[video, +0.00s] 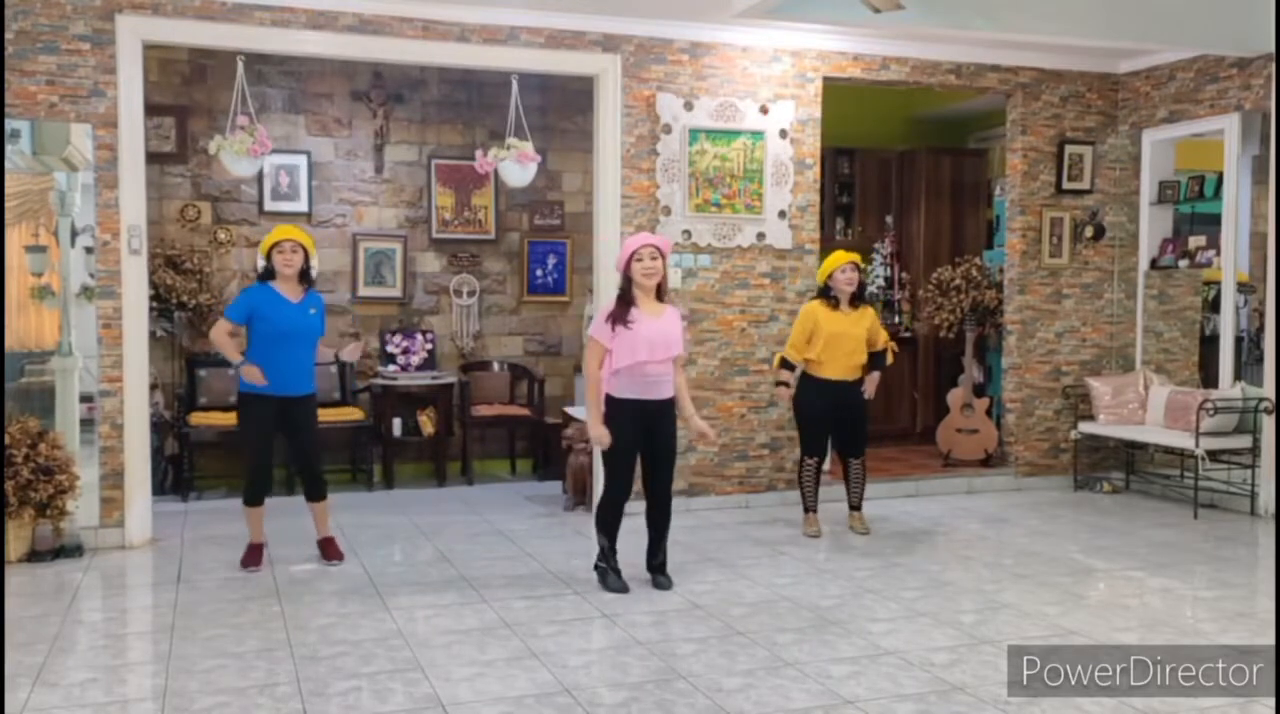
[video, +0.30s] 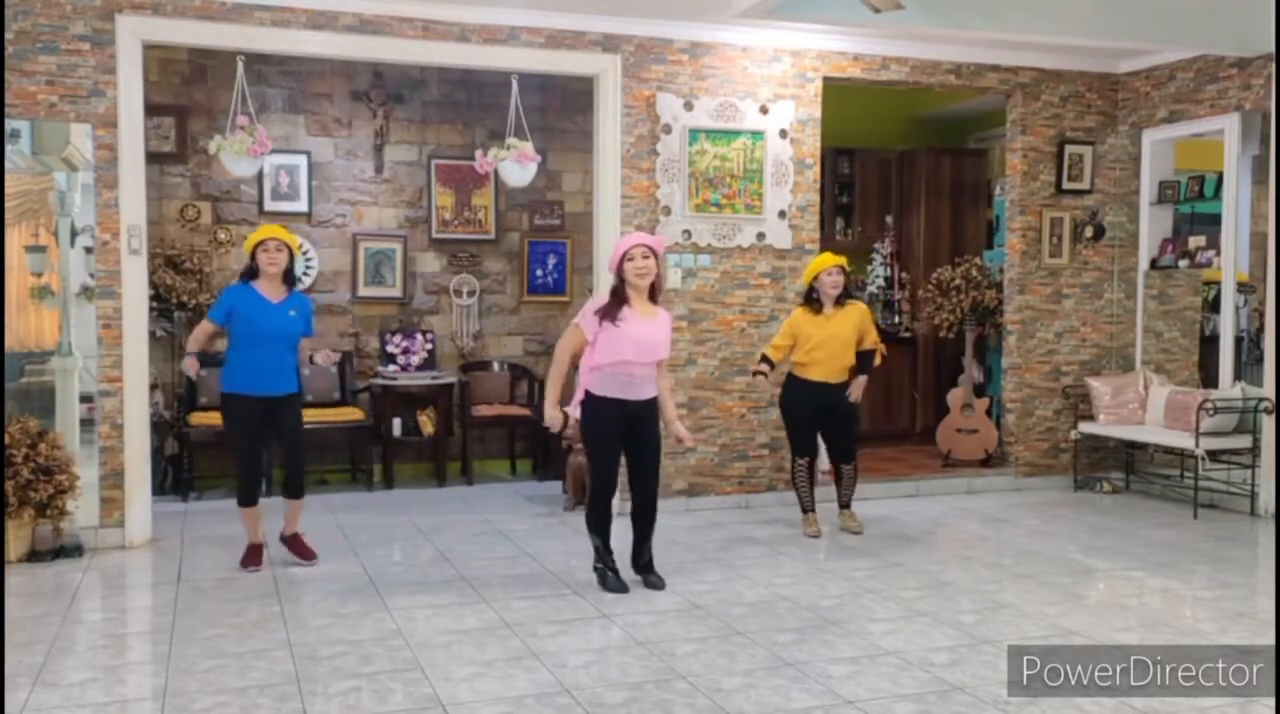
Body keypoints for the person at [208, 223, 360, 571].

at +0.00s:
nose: (288, 257)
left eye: (295, 251)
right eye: (281, 251)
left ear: (305, 259)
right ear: (271, 258)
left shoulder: (314, 301)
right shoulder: (255, 295)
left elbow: (313, 350)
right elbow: (218, 332)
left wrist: (340, 354)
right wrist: (242, 363)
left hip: (301, 397)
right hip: (258, 397)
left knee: (311, 466)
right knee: (258, 469)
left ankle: (325, 536)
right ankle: (256, 541)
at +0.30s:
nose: (272, 255)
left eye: (279, 249)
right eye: (265, 249)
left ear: (290, 258)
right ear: (254, 257)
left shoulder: (301, 303)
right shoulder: (236, 295)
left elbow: (303, 350)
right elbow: (204, 330)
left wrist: (317, 355)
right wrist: (191, 353)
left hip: (286, 397)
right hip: (242, 396)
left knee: (296, 462)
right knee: (249, 467)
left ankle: (291, 533)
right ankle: (255, 541)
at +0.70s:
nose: (265, 256)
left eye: (272, 251)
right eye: (258, 251)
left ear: (283, 259)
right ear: (247, 258)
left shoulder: (298, 302)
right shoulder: (230, 300)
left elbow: (306, 347)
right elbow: (214, 344)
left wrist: (317, 350)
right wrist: (189, 339)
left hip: (284, 397)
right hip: (239, 397)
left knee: (294, 465)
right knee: (246, 468)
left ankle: (285, 528)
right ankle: (255, 541)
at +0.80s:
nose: (267, 256)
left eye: (274, 251)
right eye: (260, 250)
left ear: (284, 259)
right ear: (249, 258)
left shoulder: (301, 301)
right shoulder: (232, 300)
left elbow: (310, 348)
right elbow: (219, 347)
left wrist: (317, 350)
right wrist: (192, 335)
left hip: (286, 397)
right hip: (241, 397)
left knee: (301, 464)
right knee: (246, 469)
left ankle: (302, 527)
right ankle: (255, 541)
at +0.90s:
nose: (271, 255)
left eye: (278, 250)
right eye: (264, 249)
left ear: (288, 258)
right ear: (253, 257)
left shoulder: (307, 298)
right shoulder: (236, 300)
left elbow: (318, 345)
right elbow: (226, 348)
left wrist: (312, 350)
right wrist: (198, 332)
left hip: (290, 397)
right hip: (246, 396)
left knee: (305, 465)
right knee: (249, 470)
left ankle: (324, 533)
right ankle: (255, 542)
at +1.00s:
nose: (276, 257)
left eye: (283, 251)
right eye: (270, 251)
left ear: (294, 259)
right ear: (259, 259)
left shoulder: (313, 298)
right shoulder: (247, 301)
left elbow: (328, 342)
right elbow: (234, 351)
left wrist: (319, 351)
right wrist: (204, 334)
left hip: (299, 397)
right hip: (254, 397)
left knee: (309, 466)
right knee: (253, 469)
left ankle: (333, 538)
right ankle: (255, 542)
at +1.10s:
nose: (284, 256)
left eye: (291, 251)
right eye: (278, 251)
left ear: (301, 259)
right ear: (266, 259)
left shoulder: (321, 296)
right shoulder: (254, 304)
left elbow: (338, 339)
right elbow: (246, 352)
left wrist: (328, 354)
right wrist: (213, 340)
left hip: (310, 397)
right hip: (266, 398)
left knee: (320, 466)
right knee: (261, 468)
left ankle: (334, 539)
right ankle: (256, 541)